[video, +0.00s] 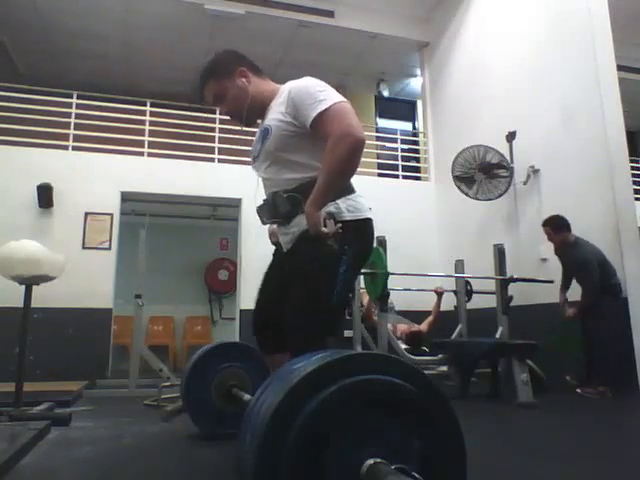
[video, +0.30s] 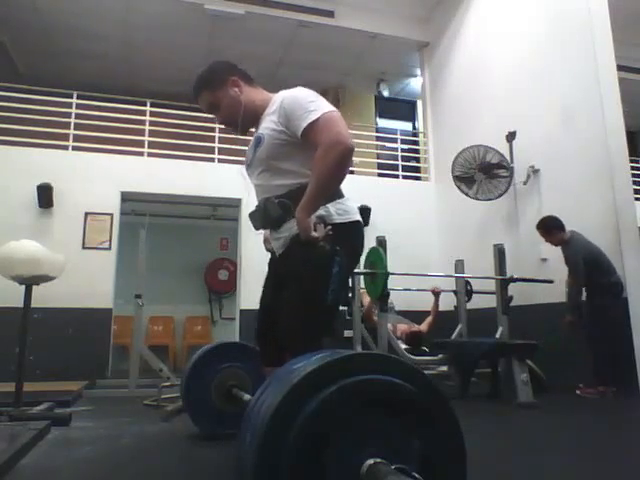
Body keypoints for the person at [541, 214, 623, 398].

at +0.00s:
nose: (548, 239)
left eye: (550, 234)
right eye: (547, 235)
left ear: (561, 232)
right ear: (561, 232)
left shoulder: (583, 253)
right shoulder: (561, 249)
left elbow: (592, 288)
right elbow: (567, 270)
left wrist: (580, 309)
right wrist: (563, 293)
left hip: (609, 296)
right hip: (592, 295)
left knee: (604, 340)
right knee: (591, 338)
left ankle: (603, 384)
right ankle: (591, 380)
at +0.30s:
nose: (546, 241)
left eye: (546, 237)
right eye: (544, 238)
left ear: (555, 232)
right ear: (558, 230)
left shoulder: (573, 248)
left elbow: (577, 283)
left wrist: (572, 311)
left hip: (607, 293)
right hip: (600, 292)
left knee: (600, 338)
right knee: (599, 337)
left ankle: (602, 383)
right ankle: (602, 382)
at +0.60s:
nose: (548, 242)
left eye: (546, 239)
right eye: (545, 239)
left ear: (550, 233)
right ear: (558, 226)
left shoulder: (568, 251)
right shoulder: (578, 233)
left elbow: (574, 285)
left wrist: (575, 308)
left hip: (601, 292)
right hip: (615, 288)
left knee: (596, 337)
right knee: (612, 337)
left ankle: (600, 384)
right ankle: (614, 382)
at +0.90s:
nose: (550, 240)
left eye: (548, 237)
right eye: (547, 237)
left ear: (552, 231)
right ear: (559, 223)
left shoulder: (568, 250)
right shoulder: (580, 232)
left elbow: (571, 283)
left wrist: (570, 307)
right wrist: (568, 268)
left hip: (599, 293)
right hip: (615, 289)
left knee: (594, 337)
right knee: (612, 337)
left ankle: (599, 384)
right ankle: (614, 382)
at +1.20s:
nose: (551, 238)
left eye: (550, 235)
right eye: (549, 235)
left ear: (555, 229)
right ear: (561, 224)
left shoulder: (567, 248)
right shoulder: (580, 233)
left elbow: (568, 280)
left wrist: (561, 302)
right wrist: (562, 260)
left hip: (596, 294)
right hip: (611, 289)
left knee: (592, 337)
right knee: (605, 337)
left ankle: (596, 384)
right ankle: (608, 382)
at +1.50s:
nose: (548, 238)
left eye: (547, 235)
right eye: (546, 235)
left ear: (552, 230)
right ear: (559, 224)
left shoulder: (567, 246)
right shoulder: (578, 232)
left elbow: (566, 278)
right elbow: (562, 235)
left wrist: (558, 297)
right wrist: (554, 248)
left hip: (594, 294)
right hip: (608, 289)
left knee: (591, 336)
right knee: (603, 336)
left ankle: (595, 383)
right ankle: (608, 382)